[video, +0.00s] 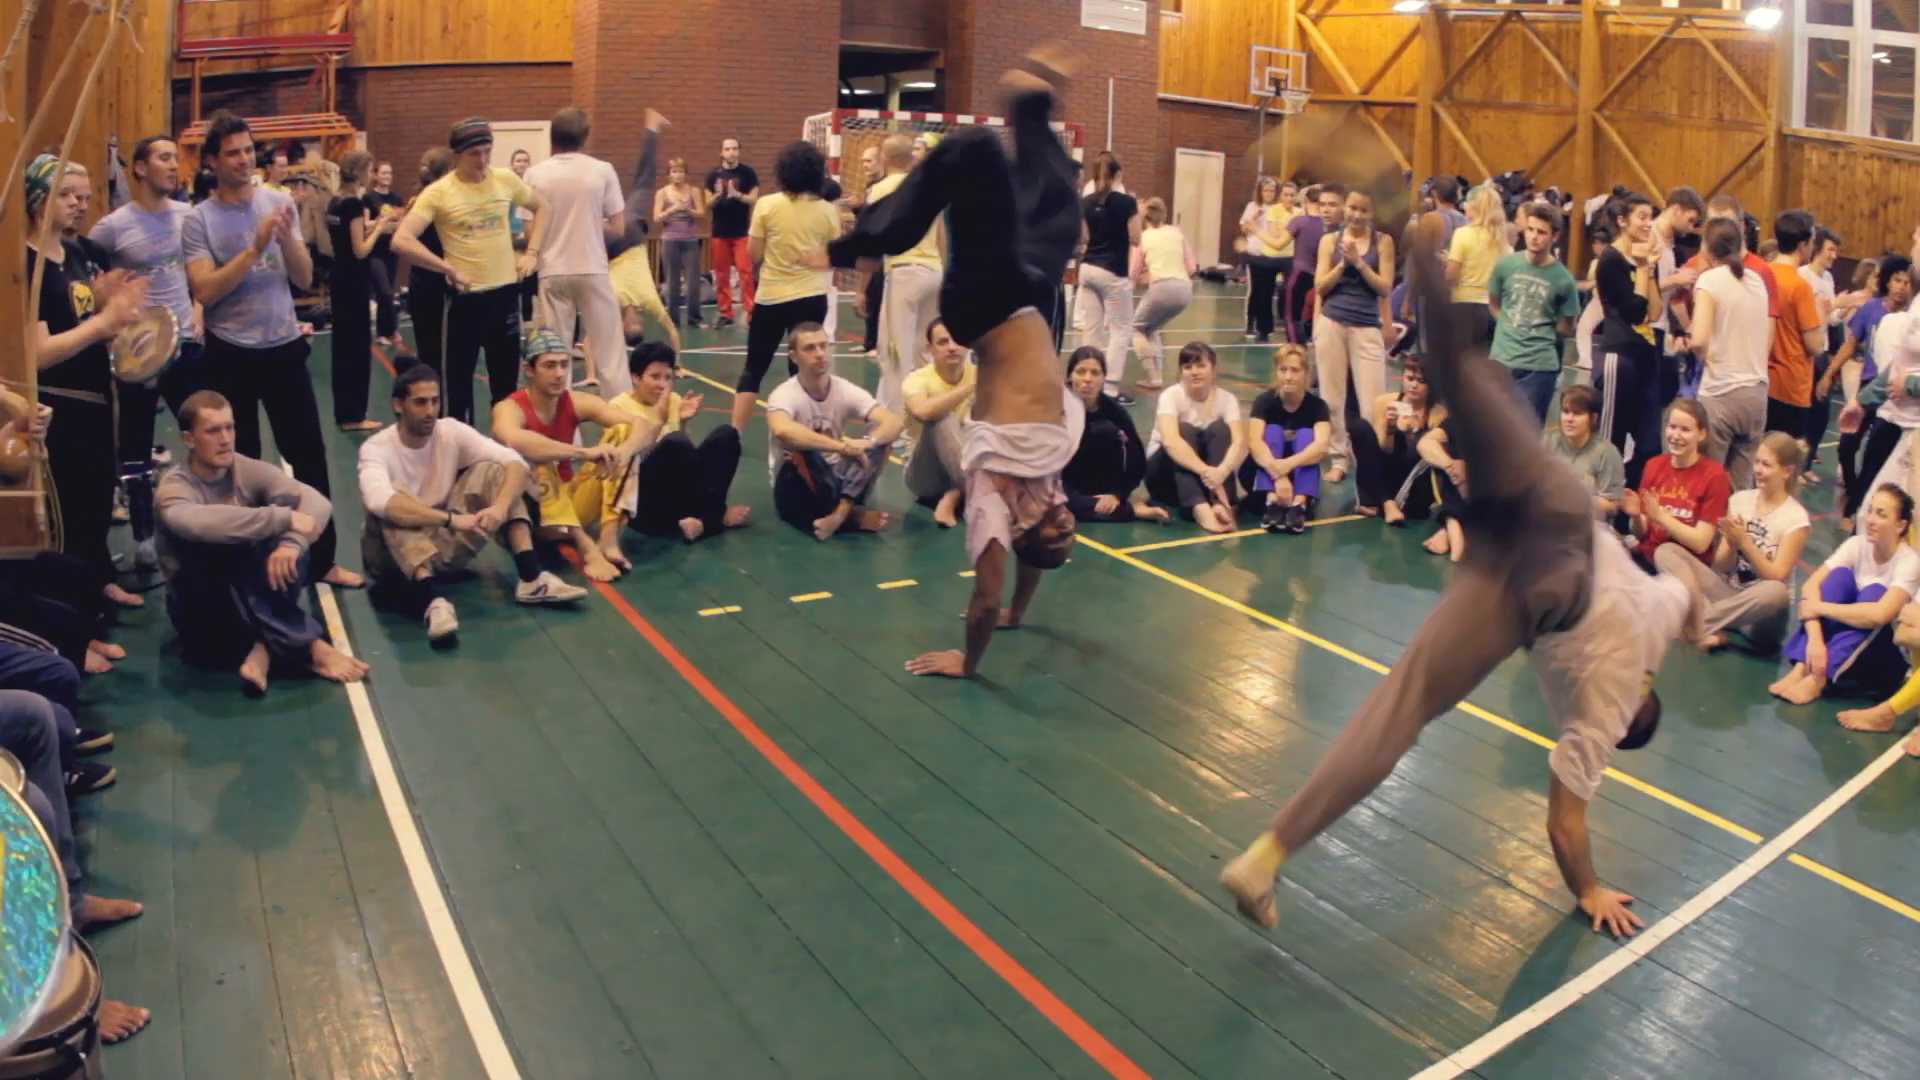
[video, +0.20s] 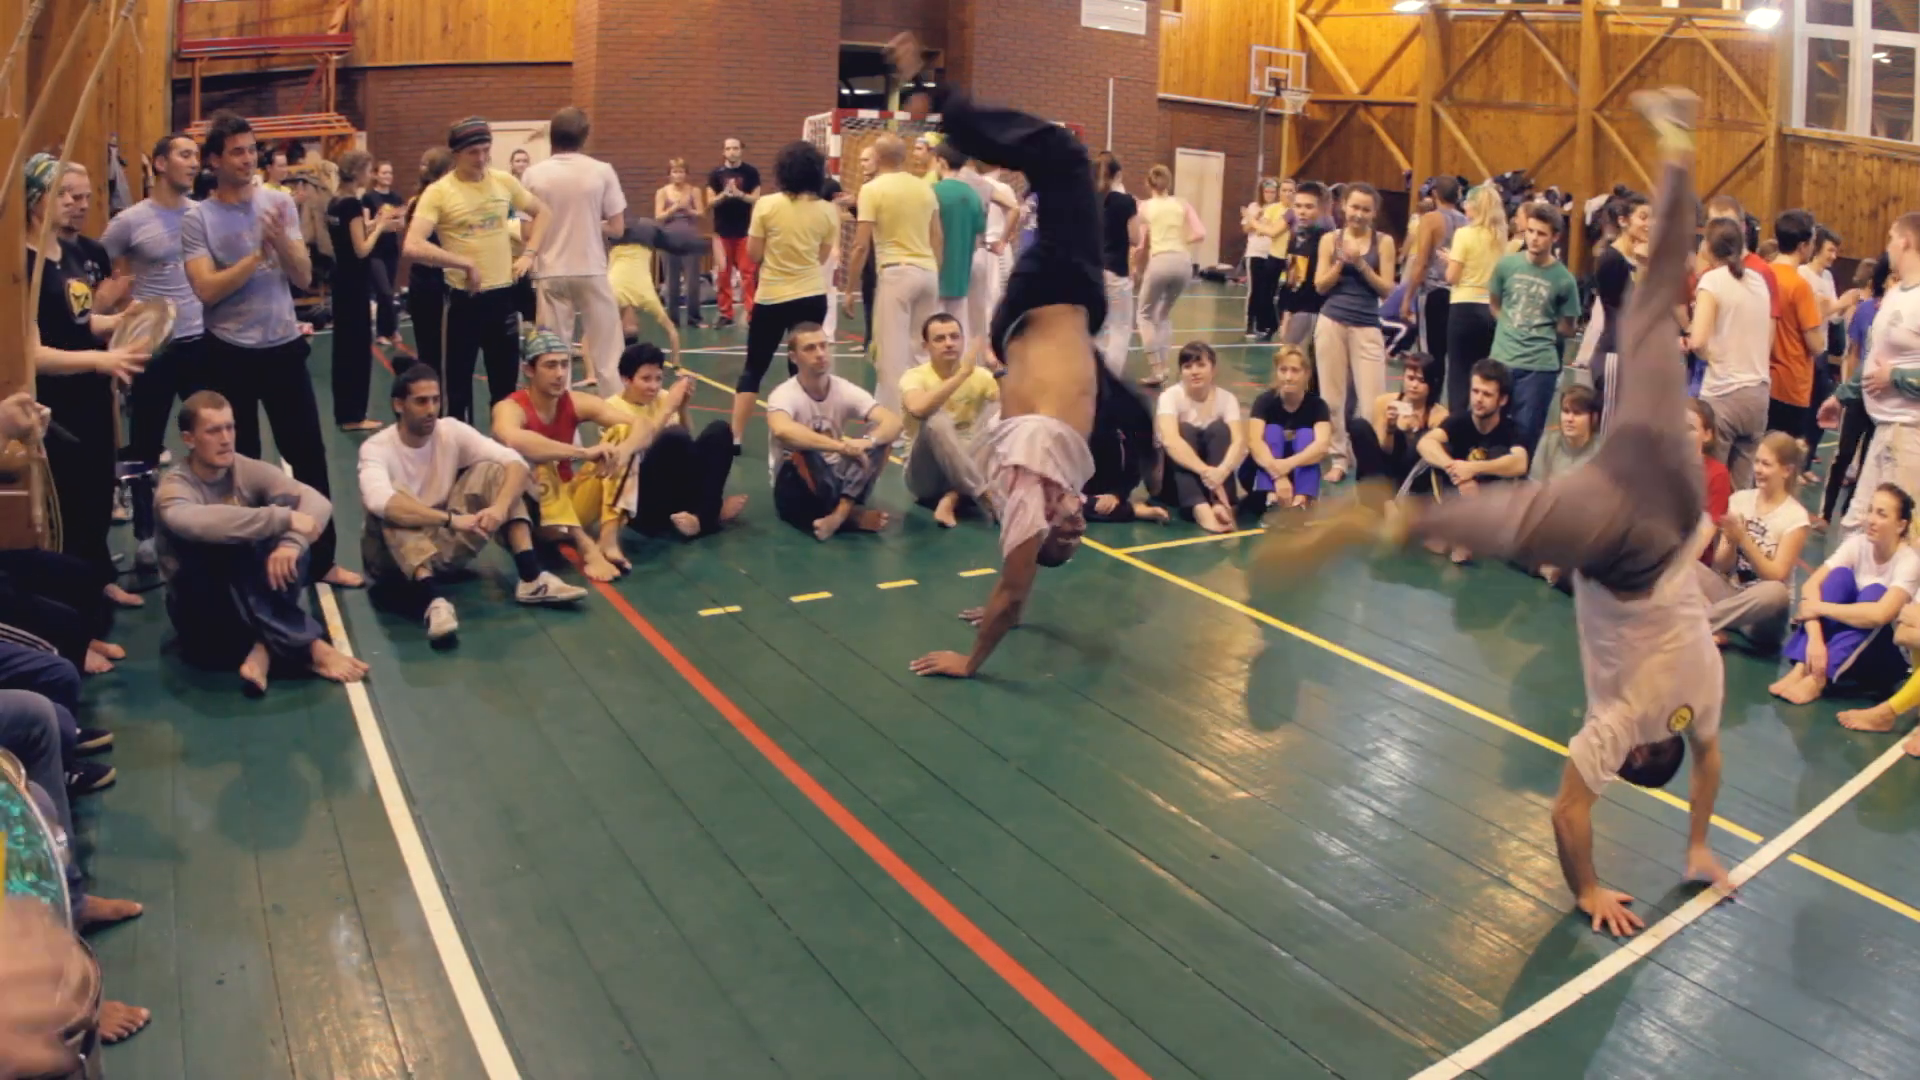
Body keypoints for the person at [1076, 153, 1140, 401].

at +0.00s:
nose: (1120, 176)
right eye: (1119, 172)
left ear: (1095, 174)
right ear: (1117, 174)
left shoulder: (1086, 201)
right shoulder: (1127, 202)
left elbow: (1084, 235)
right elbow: (1135, 238)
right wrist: (1132, 216)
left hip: (1088, 265)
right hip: (1114, 270)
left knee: (1091, 327)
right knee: (1120, 327)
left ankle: (1087, 383)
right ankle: (1111, 387)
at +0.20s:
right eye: (1120, 173)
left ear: (1095, 174)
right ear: (1118, 173)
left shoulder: (1090, 199)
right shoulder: (1126, 202)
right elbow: (1135, 238)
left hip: (1091, 267)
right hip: (1116, 269)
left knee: (1097, 326)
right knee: (1121, 326)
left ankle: (1094, 378)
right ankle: (1111, 379)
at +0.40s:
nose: (1122, 176)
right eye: (1120, 172)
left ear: (1096, 175)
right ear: (1118, 175)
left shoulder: (1086, 202)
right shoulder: (1127, 203)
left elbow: (1086, 237)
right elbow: (1135, 238)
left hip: (1089, 264)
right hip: (1115, 269)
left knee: (1081, 323)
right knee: (1119, 325)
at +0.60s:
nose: (1121, 174)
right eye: (1119, 171)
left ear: (1094, 174)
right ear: (1117, 173)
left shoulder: (1086, 202)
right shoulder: (1127, 201)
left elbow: (1085, 236)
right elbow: (1135, 236)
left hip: (1090, 263)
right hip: (1115, 267)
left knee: (1092, 329)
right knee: (1120, 330)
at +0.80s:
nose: (1121, 174)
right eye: (1120, 171)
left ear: (1095, 173)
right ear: (1118, 173)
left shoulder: (1086, 202)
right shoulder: (1127, 201)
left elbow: (1085, 237)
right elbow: (1136, 238)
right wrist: (1136, 215)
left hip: (1089, 263)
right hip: (1115, 267)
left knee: (1092, 328)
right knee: (1119, 328)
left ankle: (1087, 378)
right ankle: (1114, 380)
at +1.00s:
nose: (1121, 175)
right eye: (1119, 171)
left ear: (1095, 173)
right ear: (1117, 173)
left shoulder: (1086, 201)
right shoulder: (1127, 200)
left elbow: (1084, 236)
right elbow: (1137, 236)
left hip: (1088, 265)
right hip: (1115, 269)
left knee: (1091, 328)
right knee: (1120, 327)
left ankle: (1086, 383)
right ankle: (1110, 386)